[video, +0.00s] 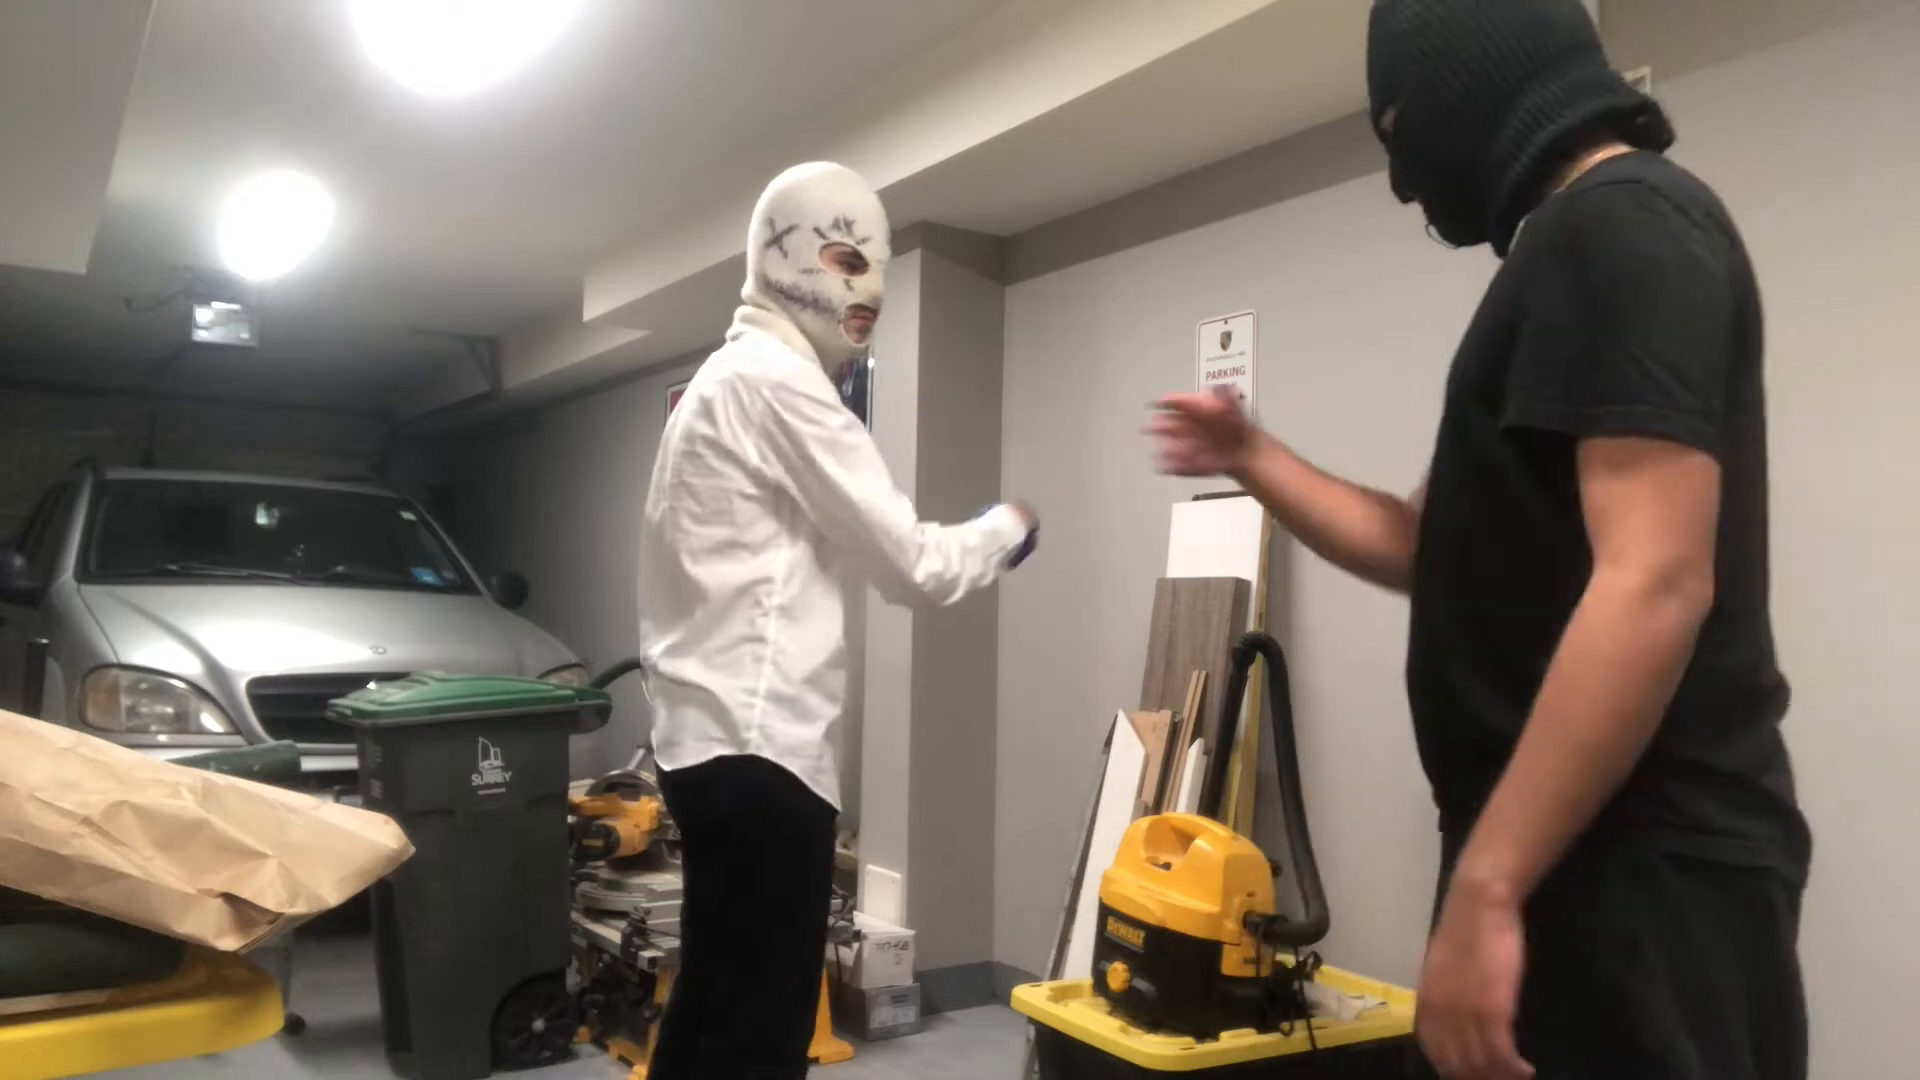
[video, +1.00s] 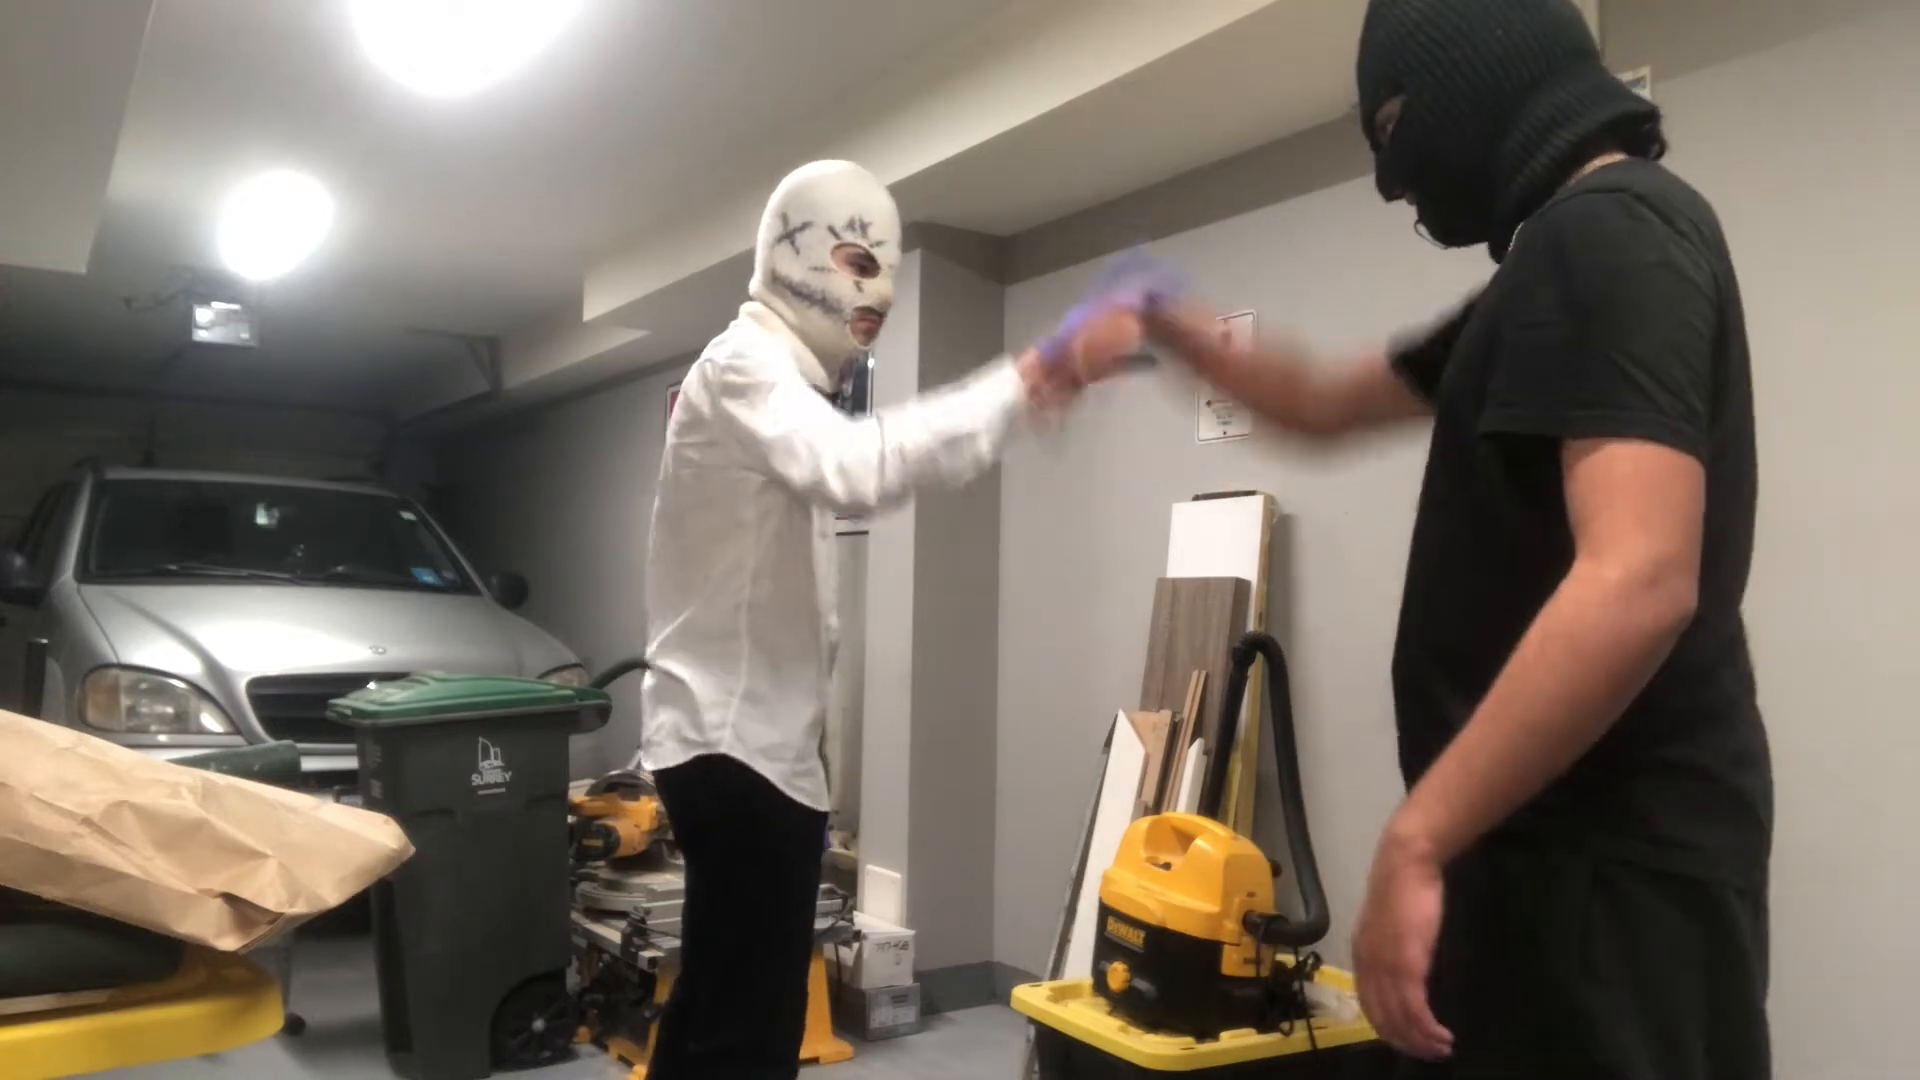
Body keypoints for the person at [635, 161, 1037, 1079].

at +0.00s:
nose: (871, 284)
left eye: (877, 263)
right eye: (849, 258)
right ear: (788, 260)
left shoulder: (730, 376)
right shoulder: (774, 380)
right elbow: (918, 566)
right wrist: (1005, 529)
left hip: (715, 742)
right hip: (760, 748)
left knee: (720, 1018)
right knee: (759, 1030)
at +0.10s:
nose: (879, 292)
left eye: (880, 267)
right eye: (863, 264)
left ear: (790, 262)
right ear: (809, 260)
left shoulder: (731, 372)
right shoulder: (776, 377)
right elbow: (924, 551)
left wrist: (843, 389)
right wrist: (1044, 489)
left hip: (711, 741)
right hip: (759, 747)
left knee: (714, 1015)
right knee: (765, 1029)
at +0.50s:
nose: (893, 290)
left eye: (897, 266)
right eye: (875, 260)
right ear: (812, 254)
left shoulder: (796, 368)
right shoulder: (769, 364)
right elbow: (831, 502)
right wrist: (979, 385)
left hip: (768, 743)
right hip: (747, 748)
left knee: (738, 1014)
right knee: (749, 1021)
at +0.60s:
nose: (889, 281)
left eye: (896, 260)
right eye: (869, 254)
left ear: (903, 262)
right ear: (807, 252)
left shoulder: (791, 360)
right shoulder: (766, 352)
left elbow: (872, 409)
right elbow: (843, 421)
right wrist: (1000, 310)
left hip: (765, 735)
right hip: (743, 739)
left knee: (728, 1009)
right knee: (752, 1017)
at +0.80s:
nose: (887, 291)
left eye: (893, 268)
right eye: (869, 261)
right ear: (807, 254)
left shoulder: (791, 364)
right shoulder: (757, 353)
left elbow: (865, 441)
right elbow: (847, 434)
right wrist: (1015, 279)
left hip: (768, 736)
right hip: (737, 739)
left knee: (734, 1016)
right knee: (743, 1022)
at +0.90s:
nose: (884, 290)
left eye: (892, 268)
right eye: (866, 260)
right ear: (804, 253)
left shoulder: (788, 365)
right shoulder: (751, 356)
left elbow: (865, 435)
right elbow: (849, 428)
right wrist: (1017, 294)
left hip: (770, 734)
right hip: (735, 737)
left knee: (735, 1017)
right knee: (744, 1022)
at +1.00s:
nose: (878, 290)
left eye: (886, 267)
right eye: (857, 261)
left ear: (886, 268)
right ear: (795, 255)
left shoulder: (785, 372)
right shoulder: (745, 364)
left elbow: (883, 452)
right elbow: (850, 474)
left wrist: (1038, 378)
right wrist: (1029, 381)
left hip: (770, 739)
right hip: (733, 742)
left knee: (732, 1017)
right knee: (748, 1025)